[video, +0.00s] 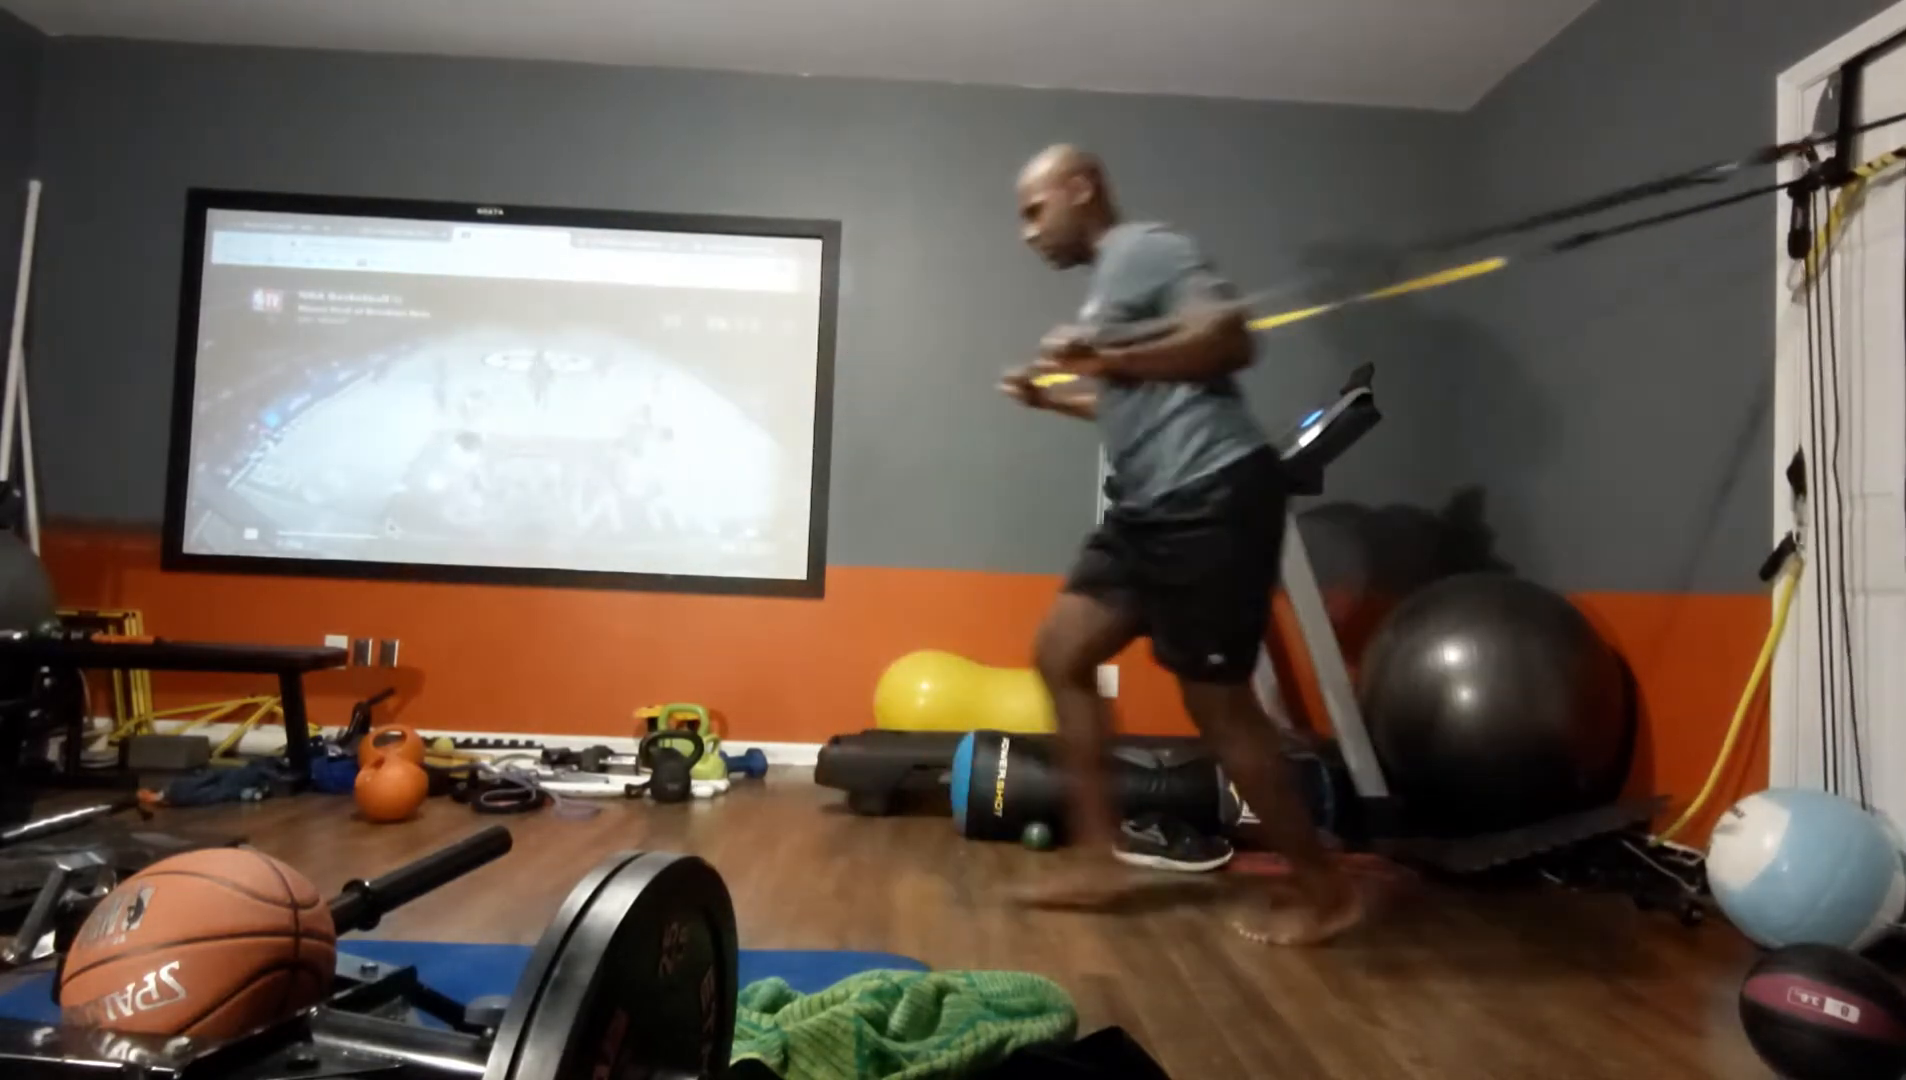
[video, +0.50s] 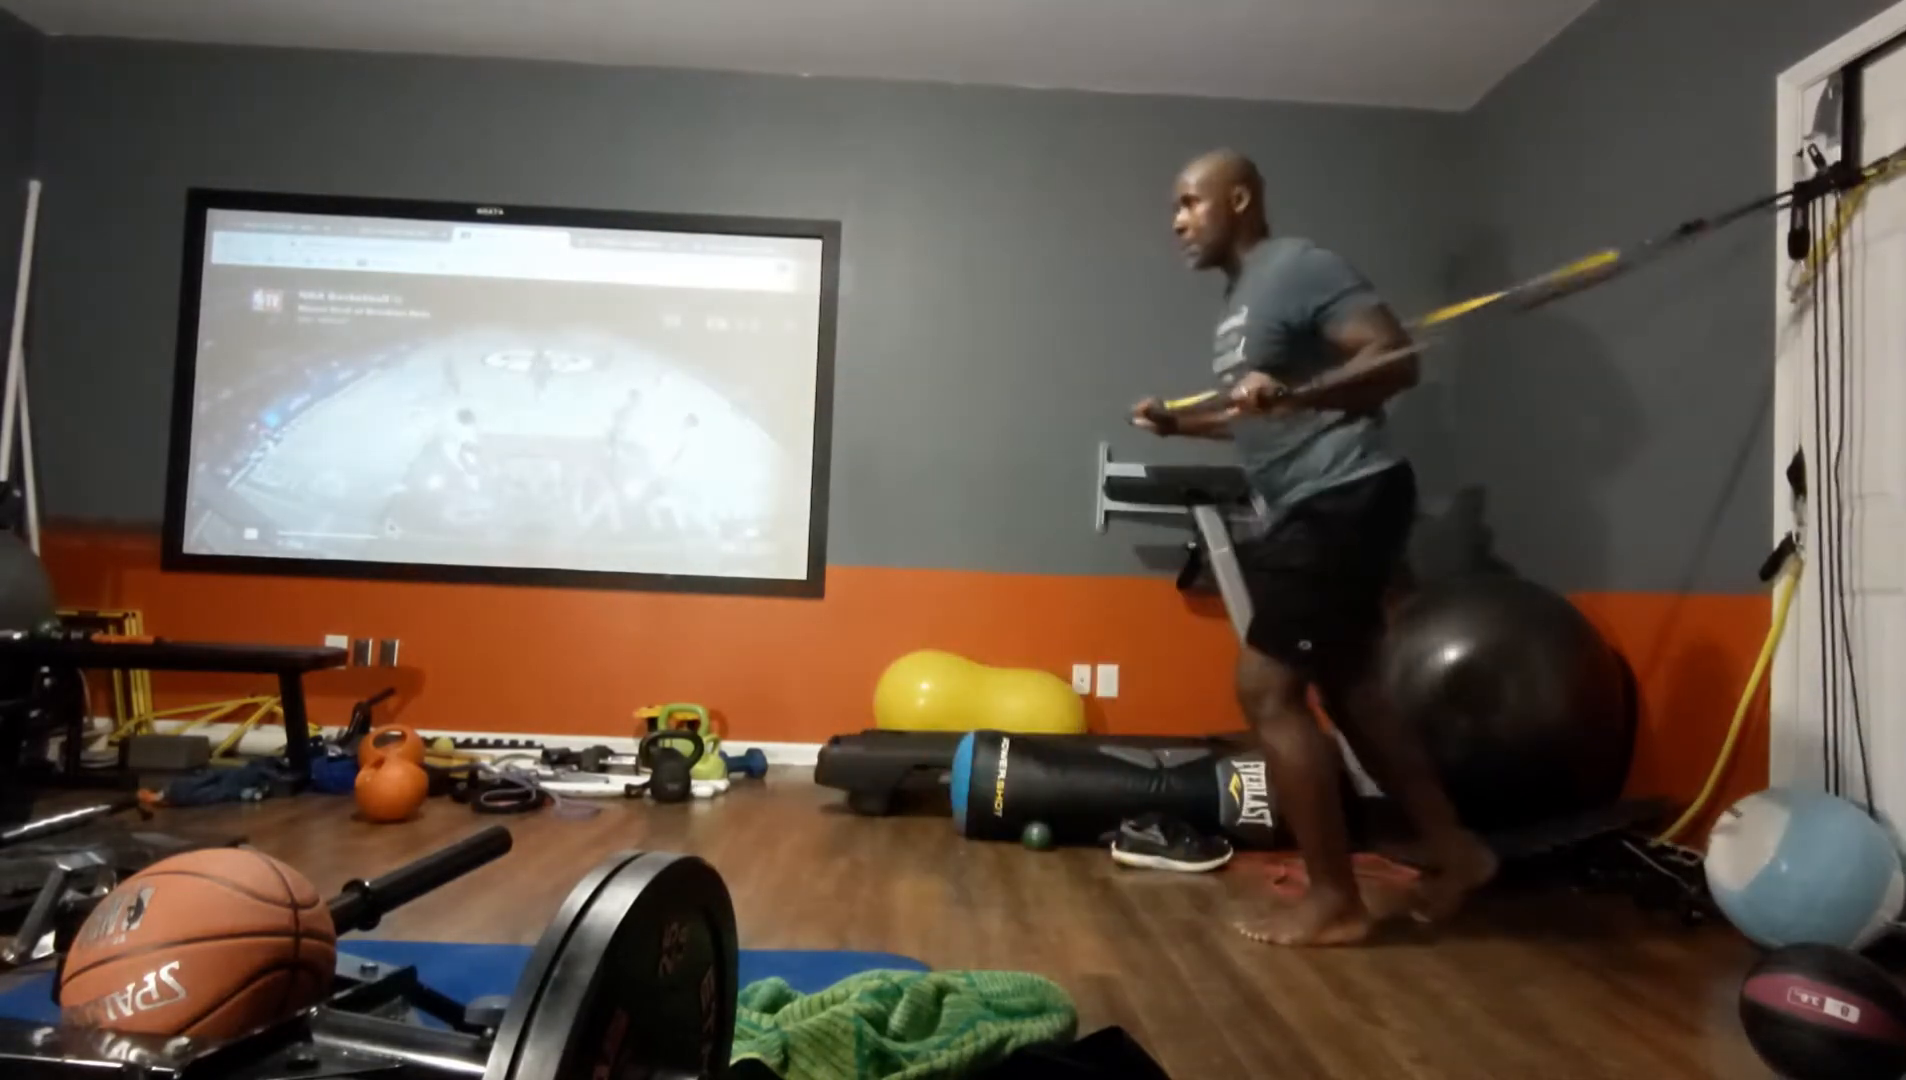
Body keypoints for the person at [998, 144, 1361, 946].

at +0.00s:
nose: (1028, 231)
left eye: (1035, 210)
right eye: (1022, 217)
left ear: (1084, 189)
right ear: (1074, 197)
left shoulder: (1147, 249)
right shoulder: (1103, 292)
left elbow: (1227, 338)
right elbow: (1135, 408)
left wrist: (1105, 355)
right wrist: (1058, 398)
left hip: (1219, 494)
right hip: (1152, 507)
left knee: (1221, 708)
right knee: (1062, 653)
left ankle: (1325, 886)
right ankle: (1099, 857)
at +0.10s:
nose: (1065, 218)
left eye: (1073, 196)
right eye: (1059, 203)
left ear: (1126, 180)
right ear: (1107, 193)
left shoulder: (1192, 240)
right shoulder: (1138, 282)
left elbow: (1285, 333)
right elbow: (1174, 389)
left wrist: (1175, 361)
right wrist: (1099, 392)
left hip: (1254, 486)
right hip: (1188, 499)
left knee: (1248, 704)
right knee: (1119, 661)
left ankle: (1329, 888)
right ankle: (1225, 843)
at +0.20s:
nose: (1102, 207)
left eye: (1113, 185)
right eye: (1099, 192)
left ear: (1166, 174)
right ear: (1149, 185)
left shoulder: (1227, 237)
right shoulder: (1167, 282)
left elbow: (1330, 323)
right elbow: (1207, 387)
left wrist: (1231, 356)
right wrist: (1137, 389)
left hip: (1277, 490)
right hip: (1214, 501)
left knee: (1261, 697)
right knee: (1187, 681)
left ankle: (1333, 898)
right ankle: (1318, 813)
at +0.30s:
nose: (1139, 203)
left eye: (1150, 184)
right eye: (1136, 189)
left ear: (1202, 179)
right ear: (1171, 191)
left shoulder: (1261, 243)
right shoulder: (1195, 289)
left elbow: (1364, 332)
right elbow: (1225, 395)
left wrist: (1267, 363)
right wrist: (1151, 395)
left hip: (1301, 492)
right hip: (1250, 501)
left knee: (1270, 700)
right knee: (1266, 697)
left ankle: (1332, 900)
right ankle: (1398, 822)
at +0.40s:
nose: (1164, 213)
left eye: (1177, 195)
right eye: (1162, 200)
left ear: (1229, 193)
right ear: (1198, 205)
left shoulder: (1288, 260)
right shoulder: (1222, 299)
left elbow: (1386, 350)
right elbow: (1250, 406)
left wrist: (1288, 378)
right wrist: (1168, 408)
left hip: (1328, 495)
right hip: (1286, 503)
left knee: (1270, 697)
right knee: (1325, 693)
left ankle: (1331, 900)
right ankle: (1435, 843)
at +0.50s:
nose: (1177, 221)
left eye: (1189, 203)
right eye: (1175, 208)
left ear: (1243, 201)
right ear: (1218, 213)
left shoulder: (1299, 266)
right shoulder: (1239, 303)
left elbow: (1395, 359)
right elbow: (1265, 416)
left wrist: (1293, 394)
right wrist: (1179, 421)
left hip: (1348, 498)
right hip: (1311, 506)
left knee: (1267, 689)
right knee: (1352, 689)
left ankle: (1331, 901)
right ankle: (1454, 853)